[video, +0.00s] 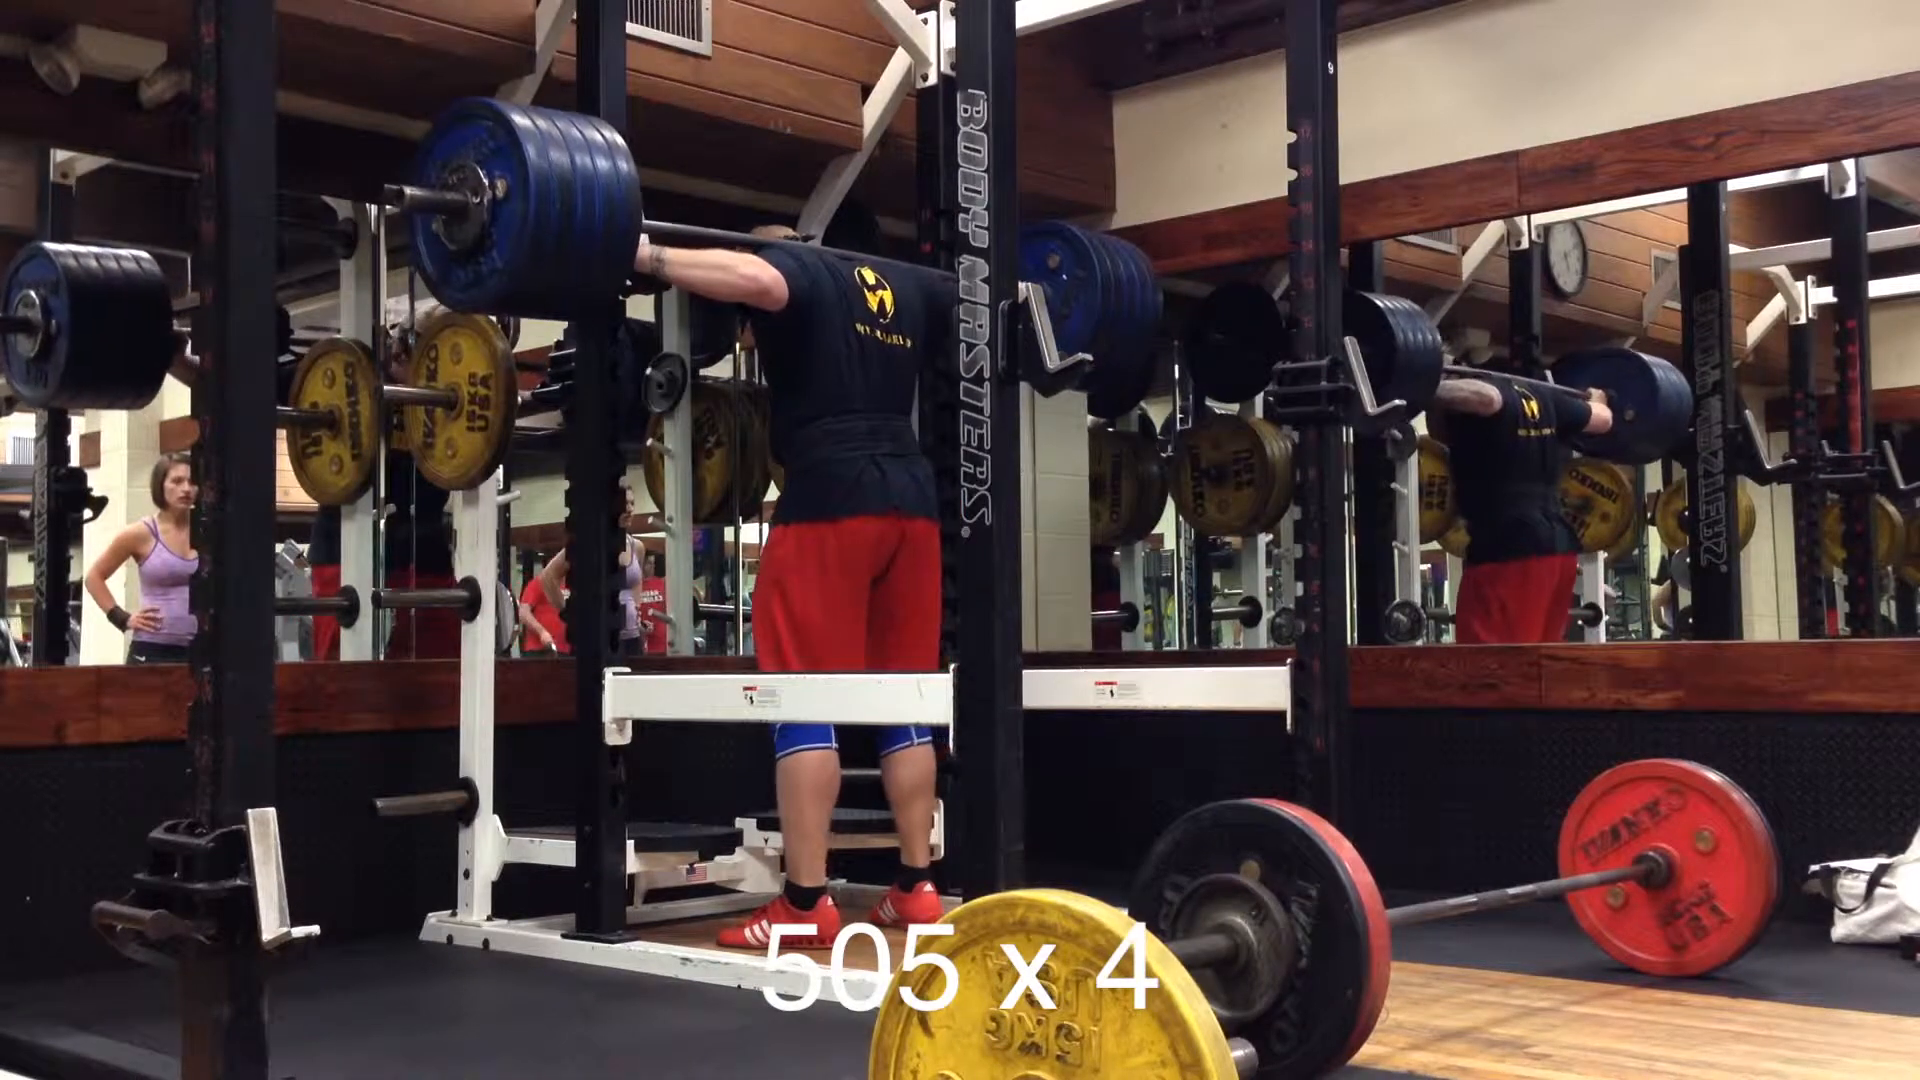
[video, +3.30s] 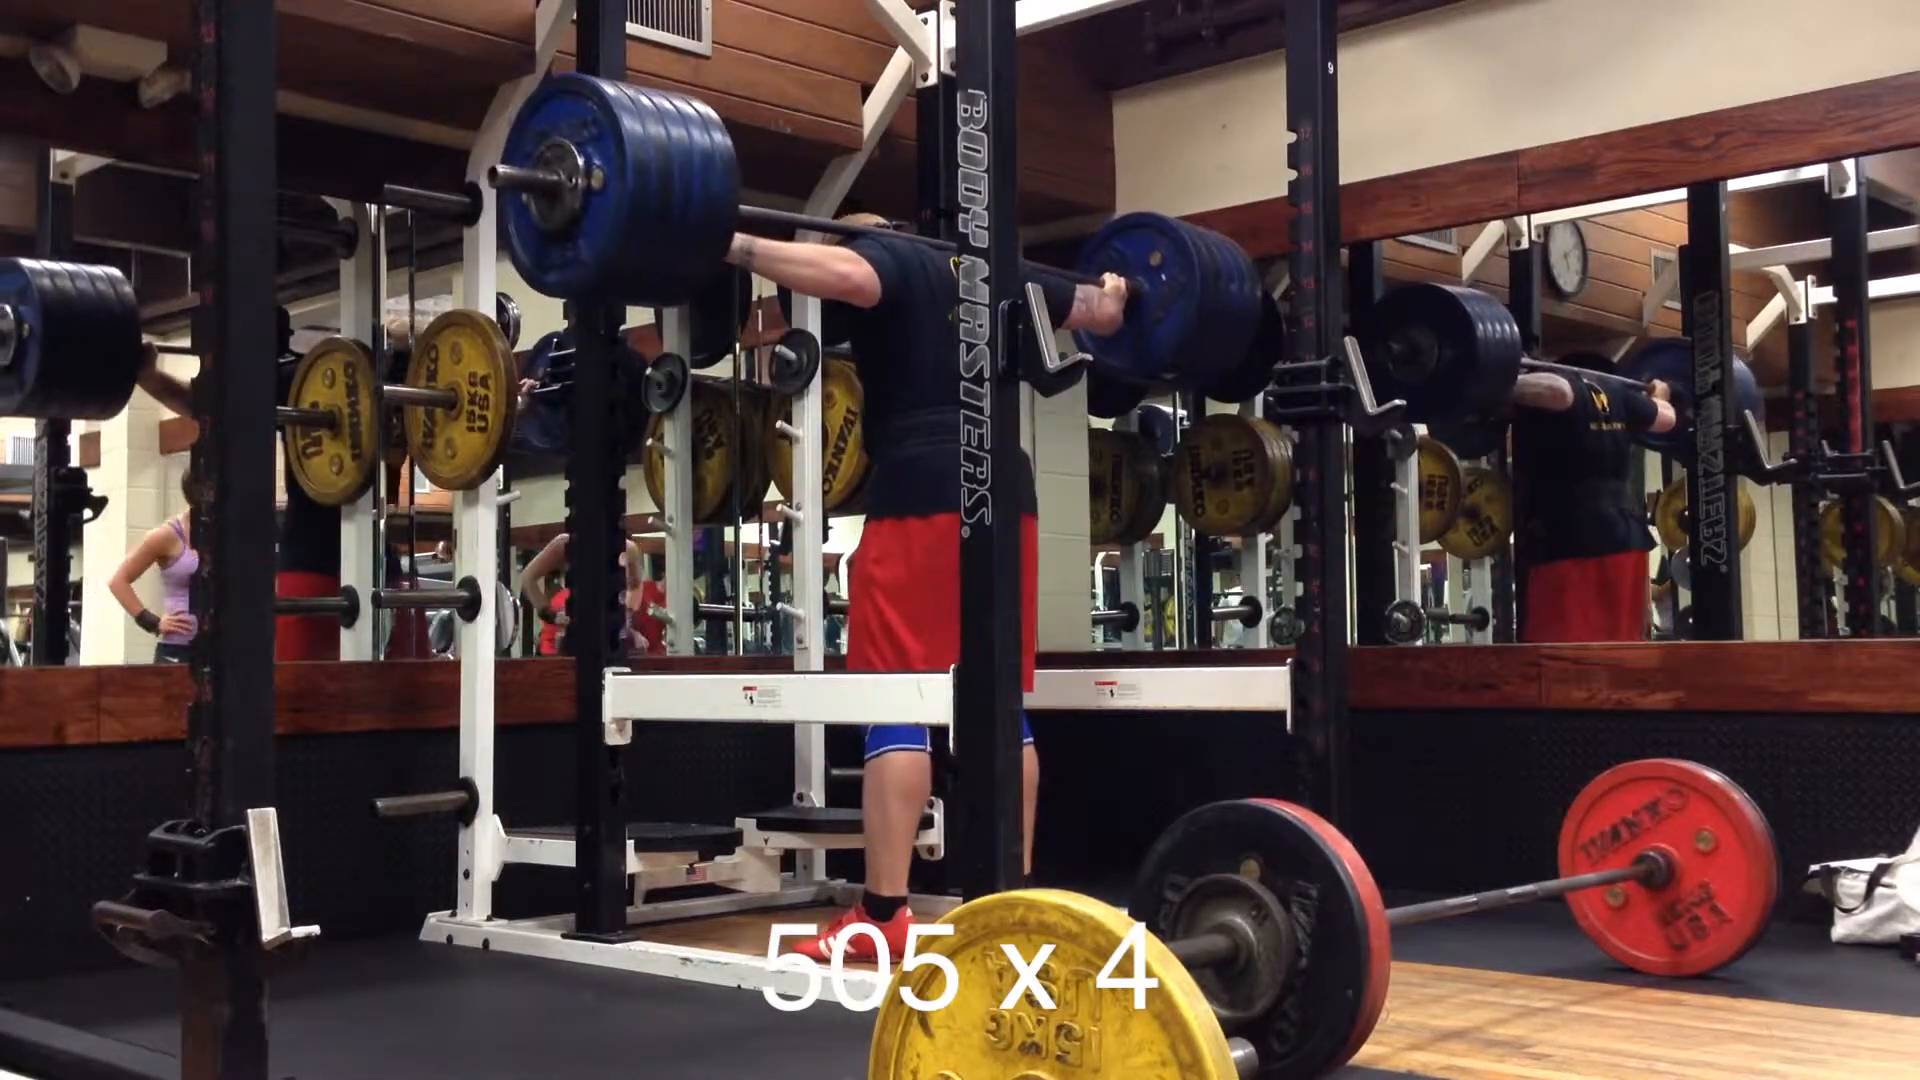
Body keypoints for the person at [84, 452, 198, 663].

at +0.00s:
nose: (186, 489)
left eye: (192, 481)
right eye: (177, 481)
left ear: (199, 487)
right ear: (160, 486)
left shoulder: (204, 529)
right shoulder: (140, 534)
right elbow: (94, 578)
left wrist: (212, 614)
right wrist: (123, 619)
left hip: (199, 648)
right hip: (153, 648)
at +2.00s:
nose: (185, 489)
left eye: (190, 482)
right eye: (175, 482)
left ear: (198, 487)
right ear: (158, 487)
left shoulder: (203, 528)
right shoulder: (140, 533)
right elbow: (93, 578)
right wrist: (124, 620)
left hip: (198, 648)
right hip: (153, 648)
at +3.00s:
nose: (203, 491)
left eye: (200, 485)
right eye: (197, 485)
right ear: (181, 491)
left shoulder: (205, 531)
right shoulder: (144, 534)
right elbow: (97, 580)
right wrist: (128, 620)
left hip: (201, 648)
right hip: (157, 649)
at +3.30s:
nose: (215, 496)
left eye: (218, 487)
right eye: (210, 488)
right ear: (196, 492)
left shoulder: (226, 532)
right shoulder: (167, 536)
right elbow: (118, 582)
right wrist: (155, 624)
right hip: (180, 651)